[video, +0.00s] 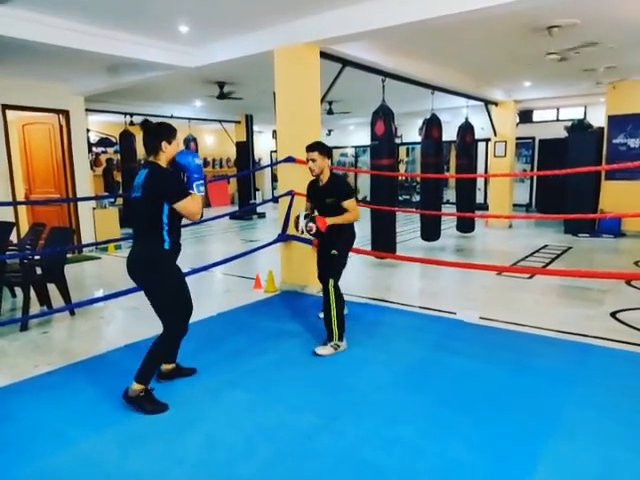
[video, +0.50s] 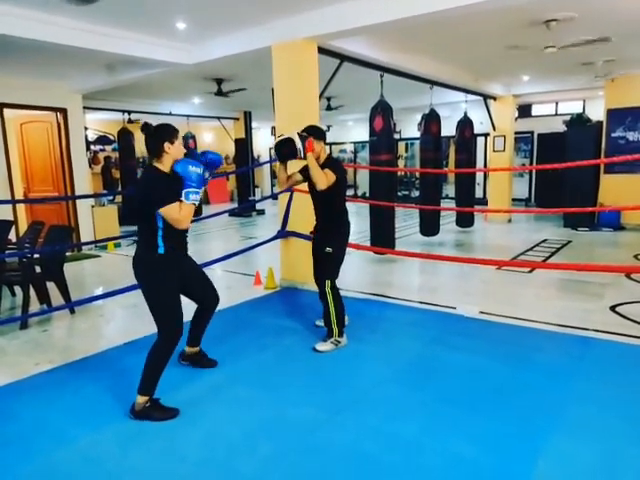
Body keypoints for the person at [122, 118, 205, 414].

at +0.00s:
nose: (179, 147)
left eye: (178, 142)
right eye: (176, 143)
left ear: (155, 146)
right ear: (165, 145)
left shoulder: (145, 173)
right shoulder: (164, 176)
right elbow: (194, 211)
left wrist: (187, 193)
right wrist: (194, 181)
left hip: (147, 256)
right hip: (154, 261)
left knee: (182, 308)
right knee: (176, 322)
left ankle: (168, 365)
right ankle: (137, 388)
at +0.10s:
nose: (179, 148)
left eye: (178, 143)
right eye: (177, 143)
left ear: (154, 145)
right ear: (165, 144)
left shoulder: (143, 171)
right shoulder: (163, 175)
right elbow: (194, 210)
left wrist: (186, 195)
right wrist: (193, 183)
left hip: (149, 256)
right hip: (153, 261)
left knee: (183, 307)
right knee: (173, 324)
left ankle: (169, 364)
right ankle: (145, 397)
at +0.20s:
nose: (180, 151)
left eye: (179, 146)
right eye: (177, 146)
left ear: (156, 149)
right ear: (164, 149)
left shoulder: (144, 176)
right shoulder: (158, 181)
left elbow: (179, 212)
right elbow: (191, 218)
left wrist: (185, 199)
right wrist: (195, 189)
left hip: (154, 262)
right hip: (150, 267)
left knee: (191, 305)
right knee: (170, 333)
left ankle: (172, 359)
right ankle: (143, 403)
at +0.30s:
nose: (181, 148)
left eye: (180, 143)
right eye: (178, 144)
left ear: (159, 148)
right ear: (164, 147)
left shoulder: (154, 175)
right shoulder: (154, 180)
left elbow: (185, 213)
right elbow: (189, 219)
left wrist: (190, 186)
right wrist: (195, 186)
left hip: (159, 262)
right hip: (148, 267)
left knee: (194, 302)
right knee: (172, 334)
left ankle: (180, 356)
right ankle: (143, 403)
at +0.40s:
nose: (180, 145)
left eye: (180, 140)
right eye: (177, 140)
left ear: (159, 144)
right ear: (164, 143)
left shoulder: (161, 172)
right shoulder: (156, 177)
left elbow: (188, 210)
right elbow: (189, 216)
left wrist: (189, 178)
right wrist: (194, 182)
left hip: (166, 258)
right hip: (151, 262)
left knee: (195, 304)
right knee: (168, 330)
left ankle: (186, 359)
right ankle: (142, 401)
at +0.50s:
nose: (183, 148)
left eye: (182, 142)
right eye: (180, 142)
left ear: (164, 148)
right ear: (167, 147)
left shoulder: (172, 176)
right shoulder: (152, 181)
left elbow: (185, 211)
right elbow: (182, 221)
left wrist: (200, 178)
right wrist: (193, 187)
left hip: (175, 259)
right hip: (154, 264)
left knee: (209, 298)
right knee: (171, 331)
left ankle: (192, 350)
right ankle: (142, 401)